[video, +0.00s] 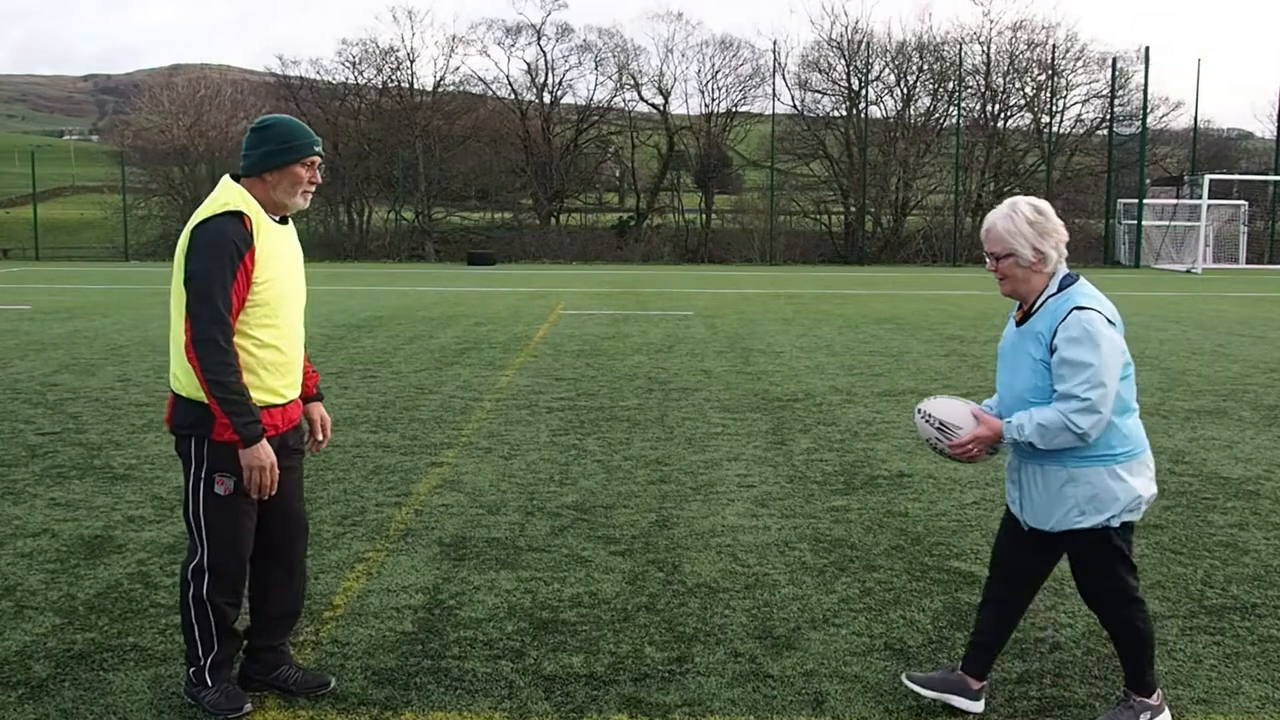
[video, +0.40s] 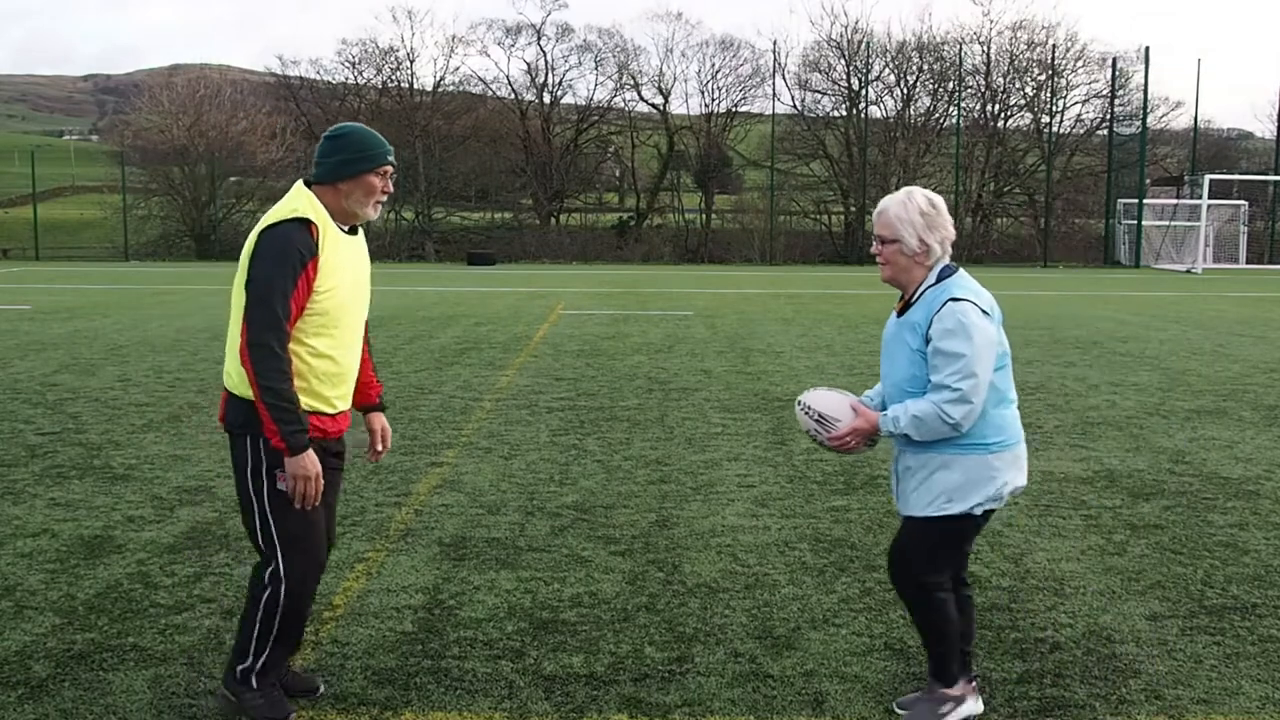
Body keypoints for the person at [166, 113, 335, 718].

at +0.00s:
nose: (315, 178)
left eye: (317, 167)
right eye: (305, 167)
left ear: (286, 171)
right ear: (266, 169)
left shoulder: (278, 225)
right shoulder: (222, 228)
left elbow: (281, 322)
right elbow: (209, 340)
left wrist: (309, 392)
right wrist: (250, 434)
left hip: (276, 419)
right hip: (218, 424)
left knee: (281, 549)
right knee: (218, 558)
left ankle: (268, 662)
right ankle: (209, 678)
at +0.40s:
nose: (387, 187)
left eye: (389, 176)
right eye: (378, 175)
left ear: (354, 182)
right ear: (339, 177)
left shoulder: (347, 231)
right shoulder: (290, 232)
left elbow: (348, 325)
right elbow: (264, 342)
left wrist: (370, 402)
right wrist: (296, 444)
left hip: (322, 422)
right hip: (272, 425)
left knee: (311, 553)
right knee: (292, 560)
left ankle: (274, 663)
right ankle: (248, 678)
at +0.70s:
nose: (473, 214)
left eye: (474, 202)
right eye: (464, 202)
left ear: (429, 207)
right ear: (427, 203)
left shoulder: (423, 259)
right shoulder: (386, 259)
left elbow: (451, 346)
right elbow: (394, 375)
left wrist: (500, 412)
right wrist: (453, 460)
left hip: (403, 437)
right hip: (353, 441)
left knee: (473, 526)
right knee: (334, 577)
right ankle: (257, 682)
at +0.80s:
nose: (523, 228)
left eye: (524, 216)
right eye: (515, 215)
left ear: (479, 218)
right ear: (479, 215)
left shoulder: (469, 267)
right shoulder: (438, 266)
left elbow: (504, 351)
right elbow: (469, 369)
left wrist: (571, 407)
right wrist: (544, 444)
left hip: (447, 443)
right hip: (393, 446)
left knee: (517, 552)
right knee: (368, 583)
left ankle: (571, 674)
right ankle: (269, 670)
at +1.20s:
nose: (606, 297)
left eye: (607, 288)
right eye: (600, 286)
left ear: (566, 281)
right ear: (567, 281)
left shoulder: (538, 312)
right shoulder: (525, 316)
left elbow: (572, 401)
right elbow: (582, 399)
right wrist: (682, 425)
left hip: (493, 474)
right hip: (442, 476)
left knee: (585, 538)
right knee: (432, 631)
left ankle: (578, 679)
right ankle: (283, 661)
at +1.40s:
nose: (509, 237)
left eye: (510, 226)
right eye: (501, 225)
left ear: (467, 229)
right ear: (468, 225)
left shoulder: (452, 273)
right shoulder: (426, 272)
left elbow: (472, 368)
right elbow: (452, 375)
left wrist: (540, 404)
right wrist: (539, 435)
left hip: (452, 455)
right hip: (398, 460)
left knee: (535, 552)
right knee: (387, 607)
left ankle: (574, 681)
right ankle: (259, 695)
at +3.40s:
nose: (236, 169)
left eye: (237, 159)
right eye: (226, 157)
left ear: (215, 165)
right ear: (189, 159)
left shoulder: (202, 218)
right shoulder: (151, 219)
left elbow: (209, 316)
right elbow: (137, 330)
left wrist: (246, 383)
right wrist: (190, 415)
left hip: (207, 407)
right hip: (157, 411)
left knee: (214, 537)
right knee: (164, 552)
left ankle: (206, 643)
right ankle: (156, 683)